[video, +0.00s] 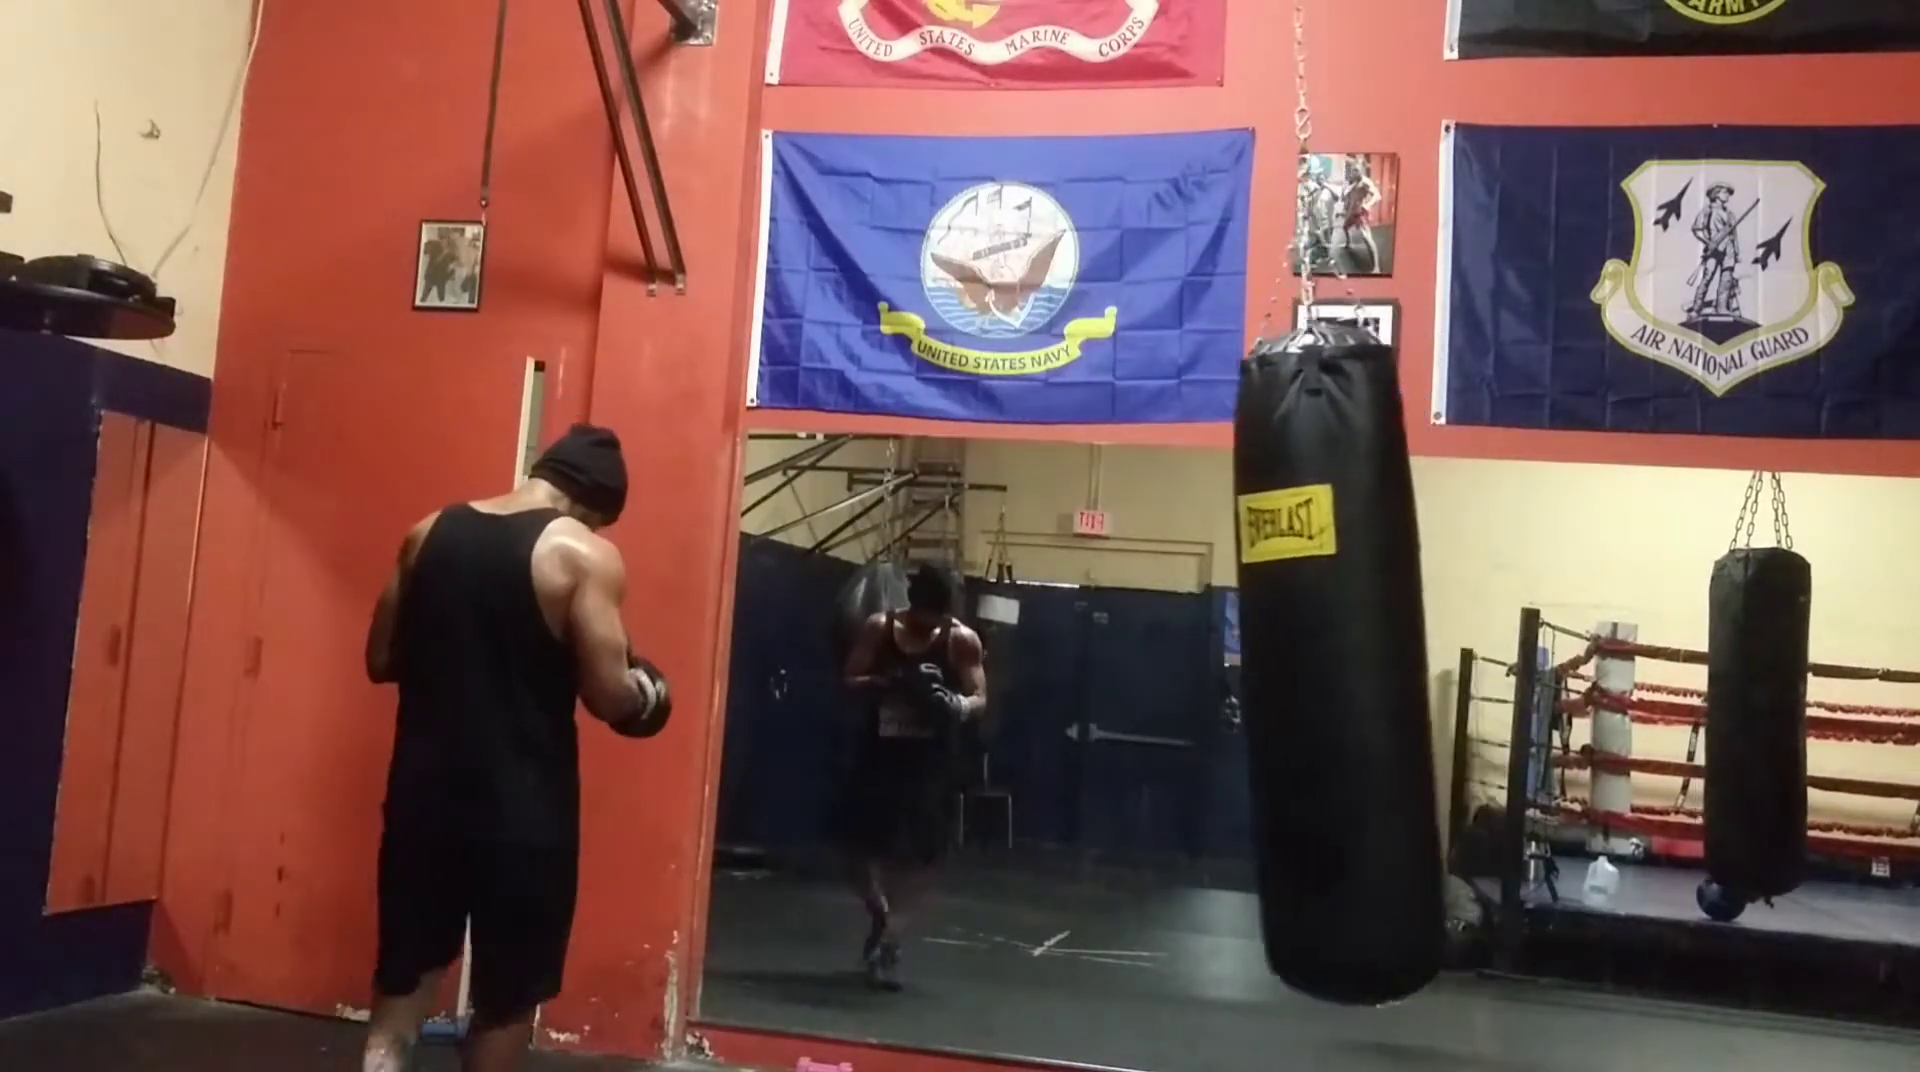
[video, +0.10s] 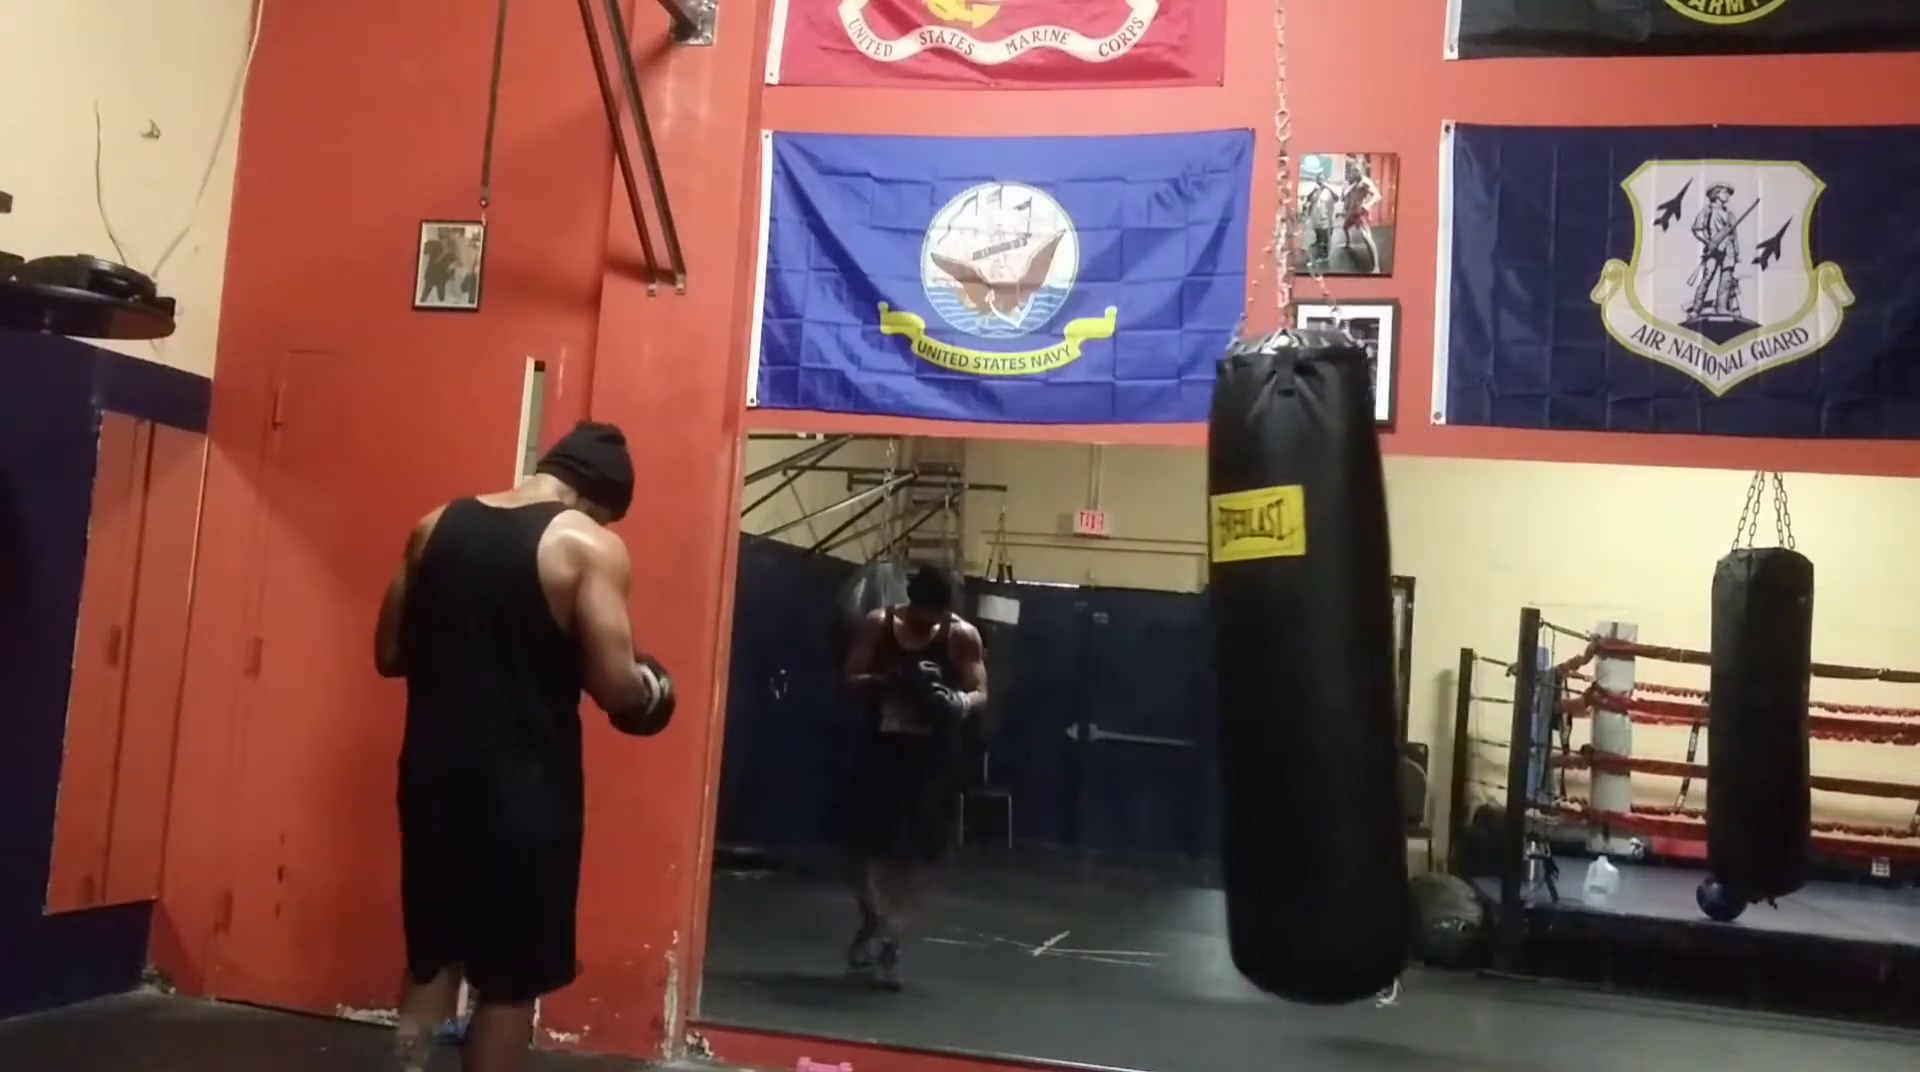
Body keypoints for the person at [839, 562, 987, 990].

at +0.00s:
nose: (926, 629)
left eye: (934, 623)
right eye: (920, 621)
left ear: (947, 613)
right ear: (908, 606)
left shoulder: (962, 640)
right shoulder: (879, 627)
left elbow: (978, 699)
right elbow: (851, 682)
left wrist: (954, 702)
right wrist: (890, 681)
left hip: (931, 759)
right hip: (879, 754)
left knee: (920, 858)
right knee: (861, 843)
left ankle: (887, 946)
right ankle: (882, 920)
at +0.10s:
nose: (922, 628)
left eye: (932, 622)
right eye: (916, 620)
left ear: (946, 612)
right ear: (905, 605)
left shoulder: (962, 635)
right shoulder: (878, 624)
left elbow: (979, 693)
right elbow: (851, 680)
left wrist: (957, 699)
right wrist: (891, 678)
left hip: (930, 754)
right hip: (879, 750)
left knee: (919, 853)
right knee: (863, 843)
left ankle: (892, 944)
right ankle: (871, 919)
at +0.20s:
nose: (925, 622)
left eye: (934, 615)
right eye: (920, 613)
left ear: (947, 605)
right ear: (907, 597)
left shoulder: (962, 631)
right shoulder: (878, 619)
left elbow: (979, 690)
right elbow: (851, 674)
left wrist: (953, 696)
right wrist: (888, 678)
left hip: (929, 752)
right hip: (877, 747)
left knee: (915, 851)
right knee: (867, 841)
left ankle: (891, 948)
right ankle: (857, 941)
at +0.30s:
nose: (925, 621)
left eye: (933, 614)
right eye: (919, 612)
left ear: (946, 604)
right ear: (907, 596)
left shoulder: (961, 631)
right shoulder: (877, 619)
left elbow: (978, 690)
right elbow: (849, 673)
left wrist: (953, 696)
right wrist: (886, 677)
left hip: (927, 753)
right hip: (875, 748)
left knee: (912, 853)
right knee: (862, 843)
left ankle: (893, 950)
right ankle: (852, 949)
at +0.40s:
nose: (924, 620)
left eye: (933, 614)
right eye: (919, 612)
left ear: (946, 605)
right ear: (907, 596)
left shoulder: (959, 631)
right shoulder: (876, 619)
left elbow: (974, 690)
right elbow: (847, 672)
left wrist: (949, 696)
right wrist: (885, 678)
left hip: (926, 754)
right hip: (875, 749)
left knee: (911, 854)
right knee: (863, 845)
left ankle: (893, 950)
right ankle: (853, 950)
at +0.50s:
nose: (923, 619)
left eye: (932, 613)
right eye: (918, 611)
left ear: (944, 605)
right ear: (906, 596)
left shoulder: (957, 632)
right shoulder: (873, 621)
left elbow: (973, 693)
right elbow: (845, 674)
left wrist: (948, 693)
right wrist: (885, 678)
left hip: (925, 755)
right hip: (873, 750)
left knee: (910, 854)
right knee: (862, 844)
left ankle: (893, 949)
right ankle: (853, 950)